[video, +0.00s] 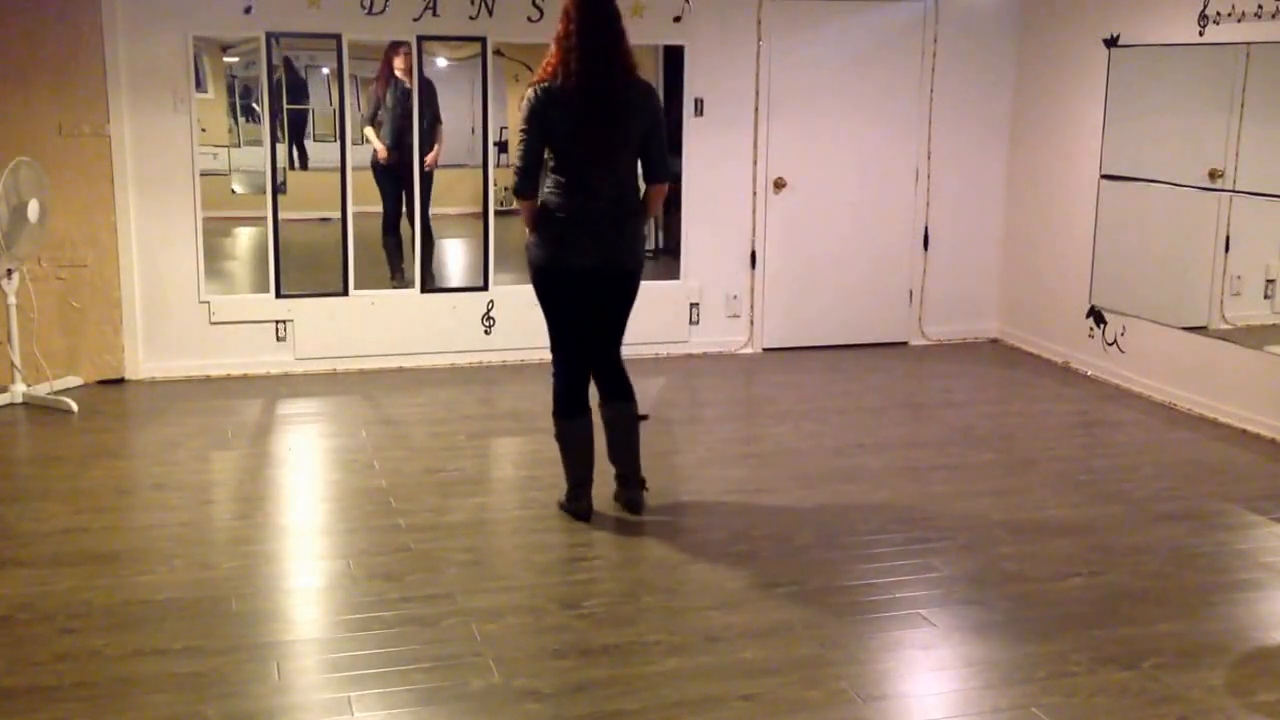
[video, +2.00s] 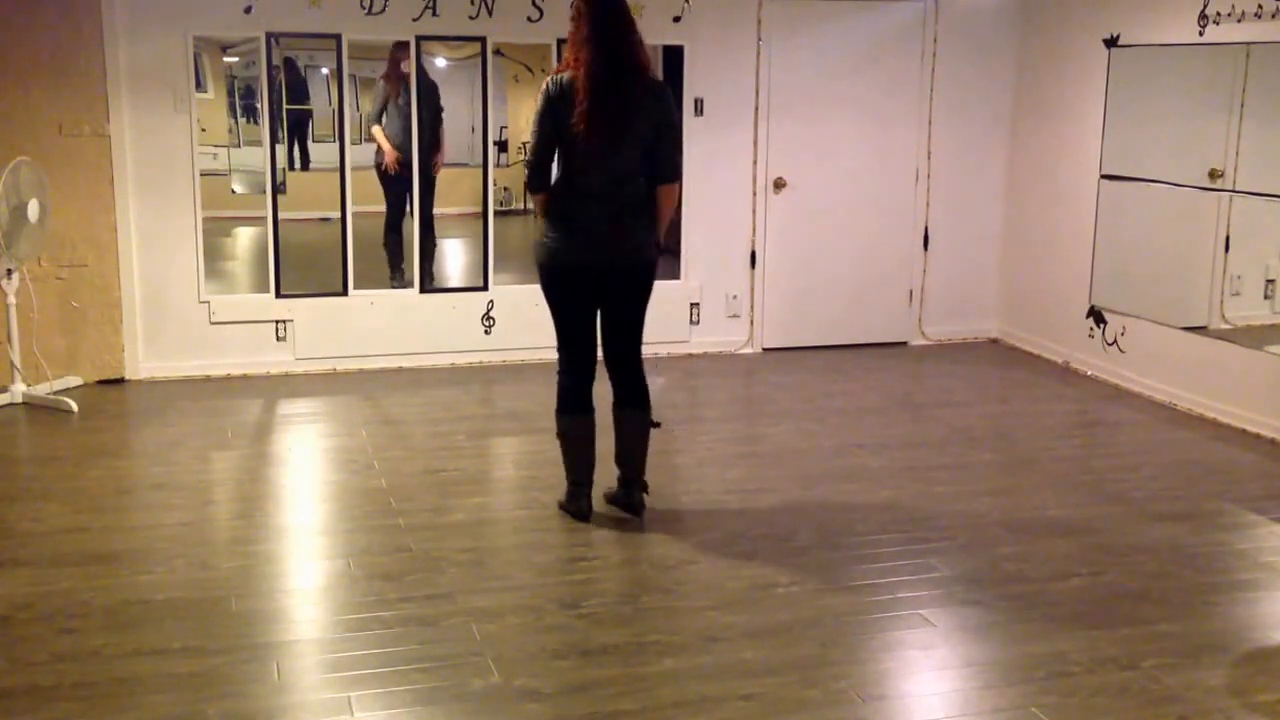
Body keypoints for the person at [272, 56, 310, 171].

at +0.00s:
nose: (283, 69)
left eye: (283, 67)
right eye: (284, 67)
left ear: (283, 67)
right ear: (293, 66)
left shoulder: (279, 81)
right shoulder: (301, 80)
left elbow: (277, 99)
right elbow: (306, 97)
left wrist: (277, 113)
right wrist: (305, 111)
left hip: (286, 113)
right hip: (301, 113)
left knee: (288, 143)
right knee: (300, 141)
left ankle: (291, 167)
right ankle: (304, 166)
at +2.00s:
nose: (281, 70)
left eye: (282, 68)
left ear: (283, 67)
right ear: (295, 65)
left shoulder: (282, 81)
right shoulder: (302, 79)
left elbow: (278, 100)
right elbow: (307, 97)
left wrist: (279, 115)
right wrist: (309, 111)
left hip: (289, 114)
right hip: (303, 113)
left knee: (289, 145)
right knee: (303, 143)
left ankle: (290, 169)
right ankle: (305, 168)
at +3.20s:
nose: (282, 70)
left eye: (282, 68)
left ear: (283, 67)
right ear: (293, 65)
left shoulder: (282, 79)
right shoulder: (300, 77)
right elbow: (308, 94)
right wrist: (304, 101)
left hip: (287, 112)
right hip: (300, 112)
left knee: (288, 143)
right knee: (298, 142)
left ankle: (290, 168)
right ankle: (303, 166)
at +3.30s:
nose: (283, 70)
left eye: (283, 67)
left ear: (283, 67)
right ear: (294, 66)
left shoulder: (282, 81)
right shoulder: (300, 78)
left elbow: (278, 97)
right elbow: (311, 91)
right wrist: (304, 99)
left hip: (289, 113)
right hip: (303, 112)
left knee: (291, 143)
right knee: (302, 142)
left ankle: (290, 168)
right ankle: (305, 167)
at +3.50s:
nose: (284, 70)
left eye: (283, 67)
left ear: (283, 67)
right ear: (294, 65)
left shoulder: (282, 81)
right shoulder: (300, 77)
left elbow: (278, 96)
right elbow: (311, 91)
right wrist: (304, 98)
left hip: (289, 112)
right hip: (303, 112)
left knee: (291, 143)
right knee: (304, 142)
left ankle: (291, 168)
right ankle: (305, 168)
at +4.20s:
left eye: (283, 67)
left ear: (283, 67)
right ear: (294, 66)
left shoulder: (281, 82)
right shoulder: (300, 80)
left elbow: (278, 100)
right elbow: (305, 96)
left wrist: (280, 115)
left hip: (290, 115)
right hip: (304, 114)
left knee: (292, 145)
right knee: (305, 144)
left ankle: (291, 170)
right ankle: (306, 169)